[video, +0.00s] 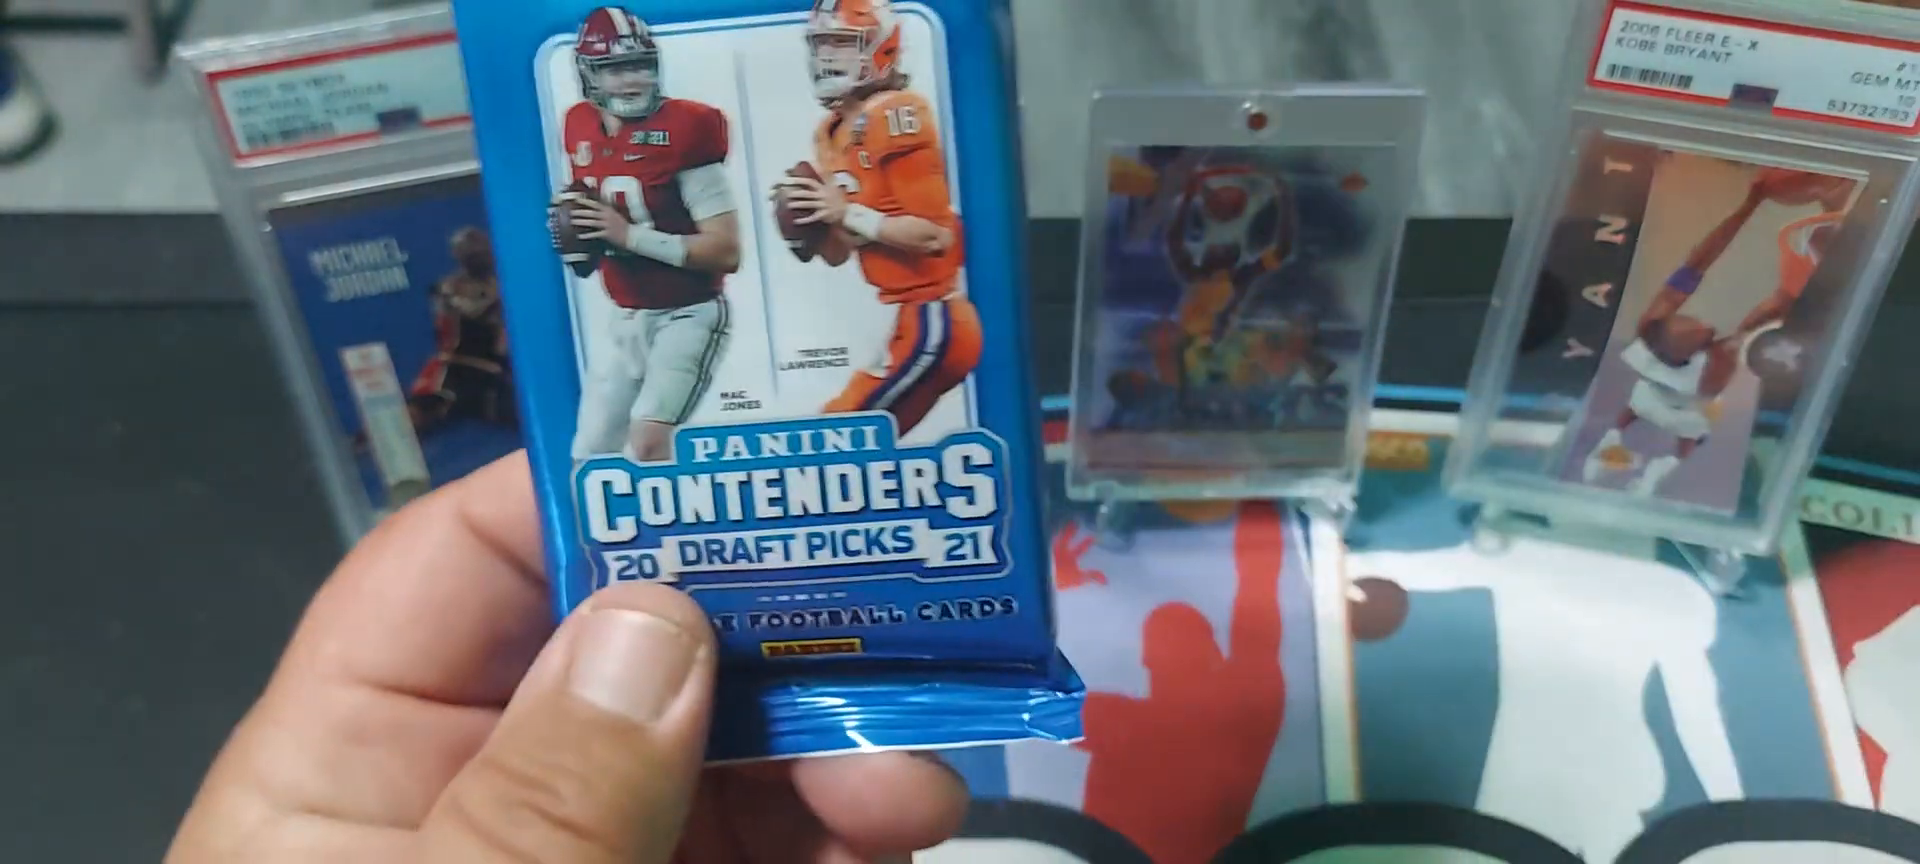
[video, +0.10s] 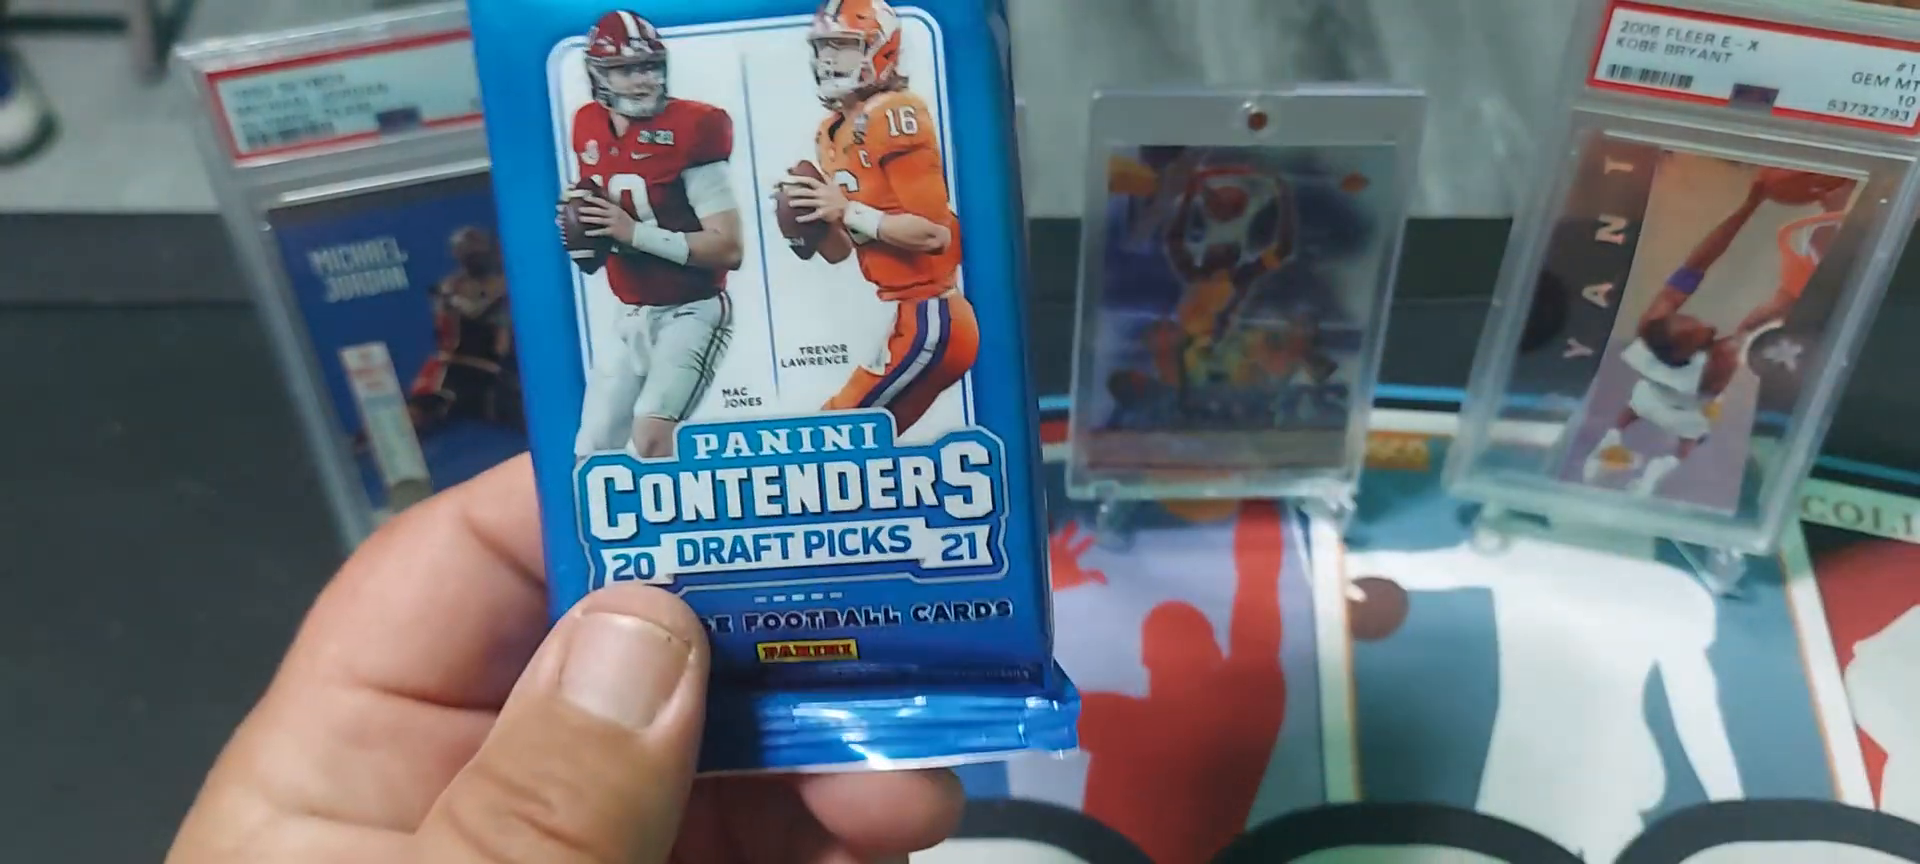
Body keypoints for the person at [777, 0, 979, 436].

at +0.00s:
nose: (828, 56)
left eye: (844, 44)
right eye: (821, 44)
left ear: (880, 53)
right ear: (811, 47)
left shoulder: (897, 113)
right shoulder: (829, 131)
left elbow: (935, 236)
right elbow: (836, 252)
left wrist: (846, 211)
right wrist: (805, 217)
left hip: (934, 320)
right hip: (909, 319)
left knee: (829, 442)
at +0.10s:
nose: (829, 61)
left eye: (845, 49)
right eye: (823, 48)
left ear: (880, 57)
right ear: (813, 52)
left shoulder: (896, 114)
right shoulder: (830, 133)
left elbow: (934, 234)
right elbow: (836, 250)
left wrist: (846, 209)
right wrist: (806, 220)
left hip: (932, 318)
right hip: (913, 317)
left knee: (827, 440)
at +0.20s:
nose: (887, 103)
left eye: (903, 90)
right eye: (882, 89)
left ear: (937, 96)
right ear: (873, 92)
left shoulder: (952, 157)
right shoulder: (887, 171)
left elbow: (985, 274)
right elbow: (886, 285)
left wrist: (897, 247)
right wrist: (850, 252)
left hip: (977, 355)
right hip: (952, 353)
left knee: (875, 472)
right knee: (893, 481)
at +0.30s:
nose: (939, 131)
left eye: (954, 119)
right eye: (934, 118)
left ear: (989, 127)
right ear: (924, 121)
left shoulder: (1002, 186)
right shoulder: (937, 199)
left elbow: (1031, 303)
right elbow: (933, 314)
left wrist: (945, 276)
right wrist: (900, 280)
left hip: (1023, 387)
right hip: (1002, 385)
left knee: (914, 499)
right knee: (942, 512)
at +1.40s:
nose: (950, 151)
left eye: (965, 140)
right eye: (945, 139)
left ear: (1001, 146)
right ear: (936, 142)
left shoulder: (1012, 208)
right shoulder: (945, 221)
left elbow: (1043, 327)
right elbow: (942, 338)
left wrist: (956, 300)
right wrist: (914, 299)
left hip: (1032, 413)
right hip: (1010, 411)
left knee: (922, 528)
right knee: (944, 541)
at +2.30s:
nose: (961, 212)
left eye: (977, 199)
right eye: (956, 198)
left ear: (1014, 204)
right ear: (946, 202)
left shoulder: (1028, 273)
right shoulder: (956, 284)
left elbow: (1055, 390)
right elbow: (953, 402)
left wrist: (966, 363)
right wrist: (926, 360)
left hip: (1045, 478)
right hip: (1017, 473)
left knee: (930, 587)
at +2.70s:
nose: (947, 272)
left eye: (963, 260)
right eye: (941, 258)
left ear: (1002, 263)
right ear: (931, 261)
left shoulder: (1016, 329)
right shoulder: (943, 341)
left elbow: (1048, 445)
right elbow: (948, 456)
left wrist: (957, 418)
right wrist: (915, 418)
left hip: (1042, 529)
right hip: (1014, 525)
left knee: (930, 635)